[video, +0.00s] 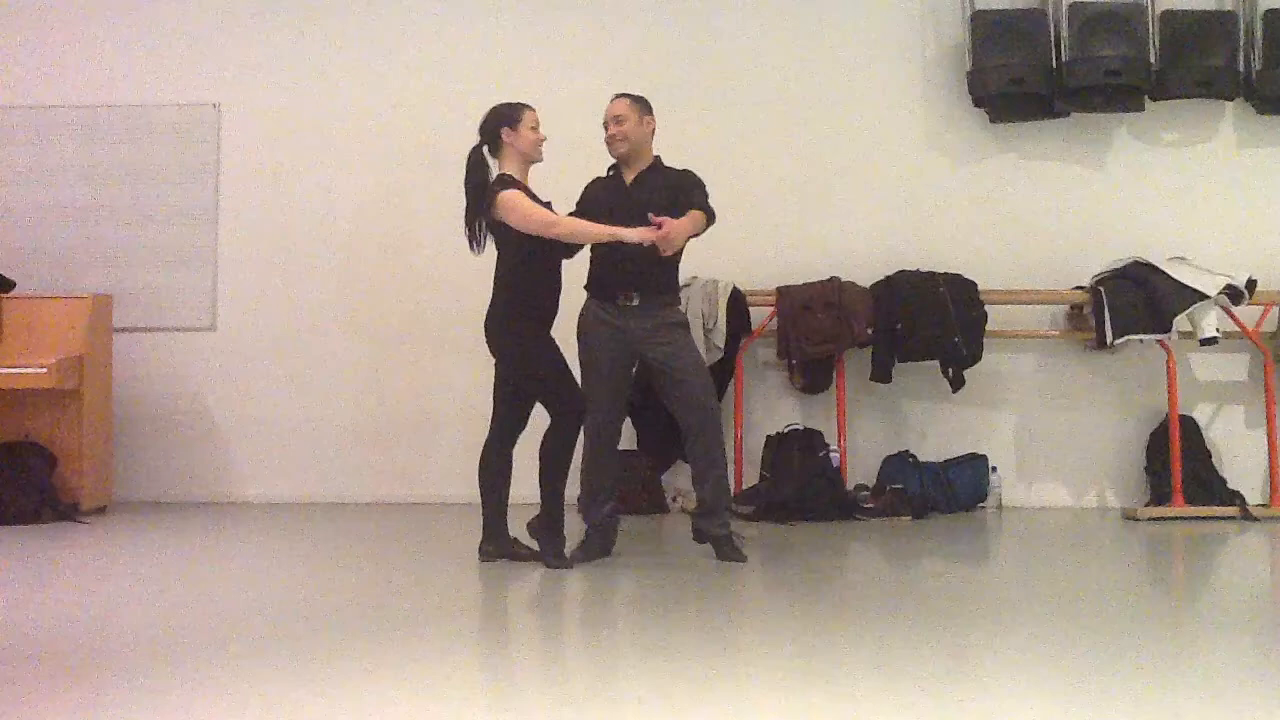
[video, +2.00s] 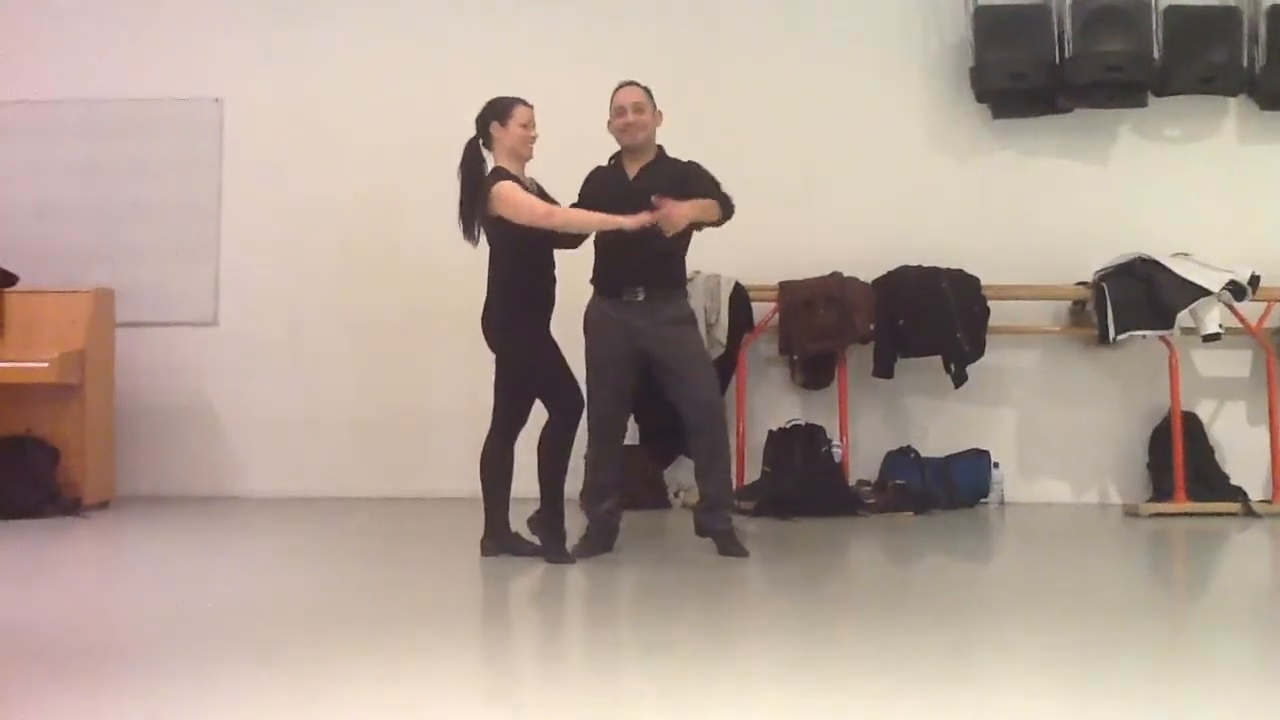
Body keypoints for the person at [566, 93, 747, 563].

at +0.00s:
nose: (610, 130)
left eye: (619, 121)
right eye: (606, 124)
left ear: (649, 126)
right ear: (605, 134)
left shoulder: (681, 181)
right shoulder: (597, 191)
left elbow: (702, 213)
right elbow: (568, 244)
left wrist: (683, 227)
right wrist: (528, 229)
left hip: (662, 320)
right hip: (604, 320)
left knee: (703, 411)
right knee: (601, 420)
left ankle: (714, 523)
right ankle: (599, 529)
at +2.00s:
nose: (628, 118)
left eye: (638, 110)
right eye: (619, 112)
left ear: (657, 118)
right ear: (609, 124)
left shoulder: (684, 174)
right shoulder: (598, 182)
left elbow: (723, 208)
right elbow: (570, 235)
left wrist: (688, 211)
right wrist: (523, 224)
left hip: (669, 314)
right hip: (610, 315)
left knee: (706, 407)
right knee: (605, 419)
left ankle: (717, 519)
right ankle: (601, 525)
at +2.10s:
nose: (628, 114)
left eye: (638, 107)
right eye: (619, 109)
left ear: (658, 115)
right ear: (610, 121)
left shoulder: (686, 172)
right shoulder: (600, 178)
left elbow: (733, 203)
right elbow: (571, 231)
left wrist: (694, 197)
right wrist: (521, 222)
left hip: (671, 312)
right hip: (612, 313)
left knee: (707, 404)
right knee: (605, 416)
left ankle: (717, 516)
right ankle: (602, 521)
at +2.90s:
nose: (579, 121)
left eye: (589, 113)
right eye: (571, 114)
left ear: (608, 125)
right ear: (561, 126)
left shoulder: (630, 187)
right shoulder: (549, 186)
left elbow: (626, 255)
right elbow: (532, 238)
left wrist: (573, 248)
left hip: (617, 315)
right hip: (565, 315)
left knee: (618, 407)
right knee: (560, 418)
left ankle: (650, 471)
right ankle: (570, 522)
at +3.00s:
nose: (576, 120)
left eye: (587, 113)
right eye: (568, 114)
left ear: (606, 126)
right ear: (558, 128)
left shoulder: (625, 183)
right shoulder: (550, 187)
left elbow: (615, 241)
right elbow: (525, 245)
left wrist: (548, 206)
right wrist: (484, 228)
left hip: (615, 319)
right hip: (562, 319)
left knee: (600, 415)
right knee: (556, 417)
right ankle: (567, 519)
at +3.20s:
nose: (575, 122)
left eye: (585, 115)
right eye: (567, 116)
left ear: (604, 129)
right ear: (556, 130)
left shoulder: (622, 185)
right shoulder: (546, 190)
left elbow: (612, 246)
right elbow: (528, 249)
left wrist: (540, 216)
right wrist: (492, 231)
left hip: (607, 321)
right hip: (554, 319)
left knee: (588, 420)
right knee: (552, 417)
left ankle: (550, 512)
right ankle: (567, 526)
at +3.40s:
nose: (578, 119)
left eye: (588, 112)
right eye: (570, 113)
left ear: (607, 124)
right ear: (560, 126)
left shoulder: (631, 185)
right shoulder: (548, 185)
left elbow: (626, 251)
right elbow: (522, 237)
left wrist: (577, 253)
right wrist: (482, 213)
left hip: (609, 320)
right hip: (556, 316)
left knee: (586, 421)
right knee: (554, 413)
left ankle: (546, 509)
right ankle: (567, 524)